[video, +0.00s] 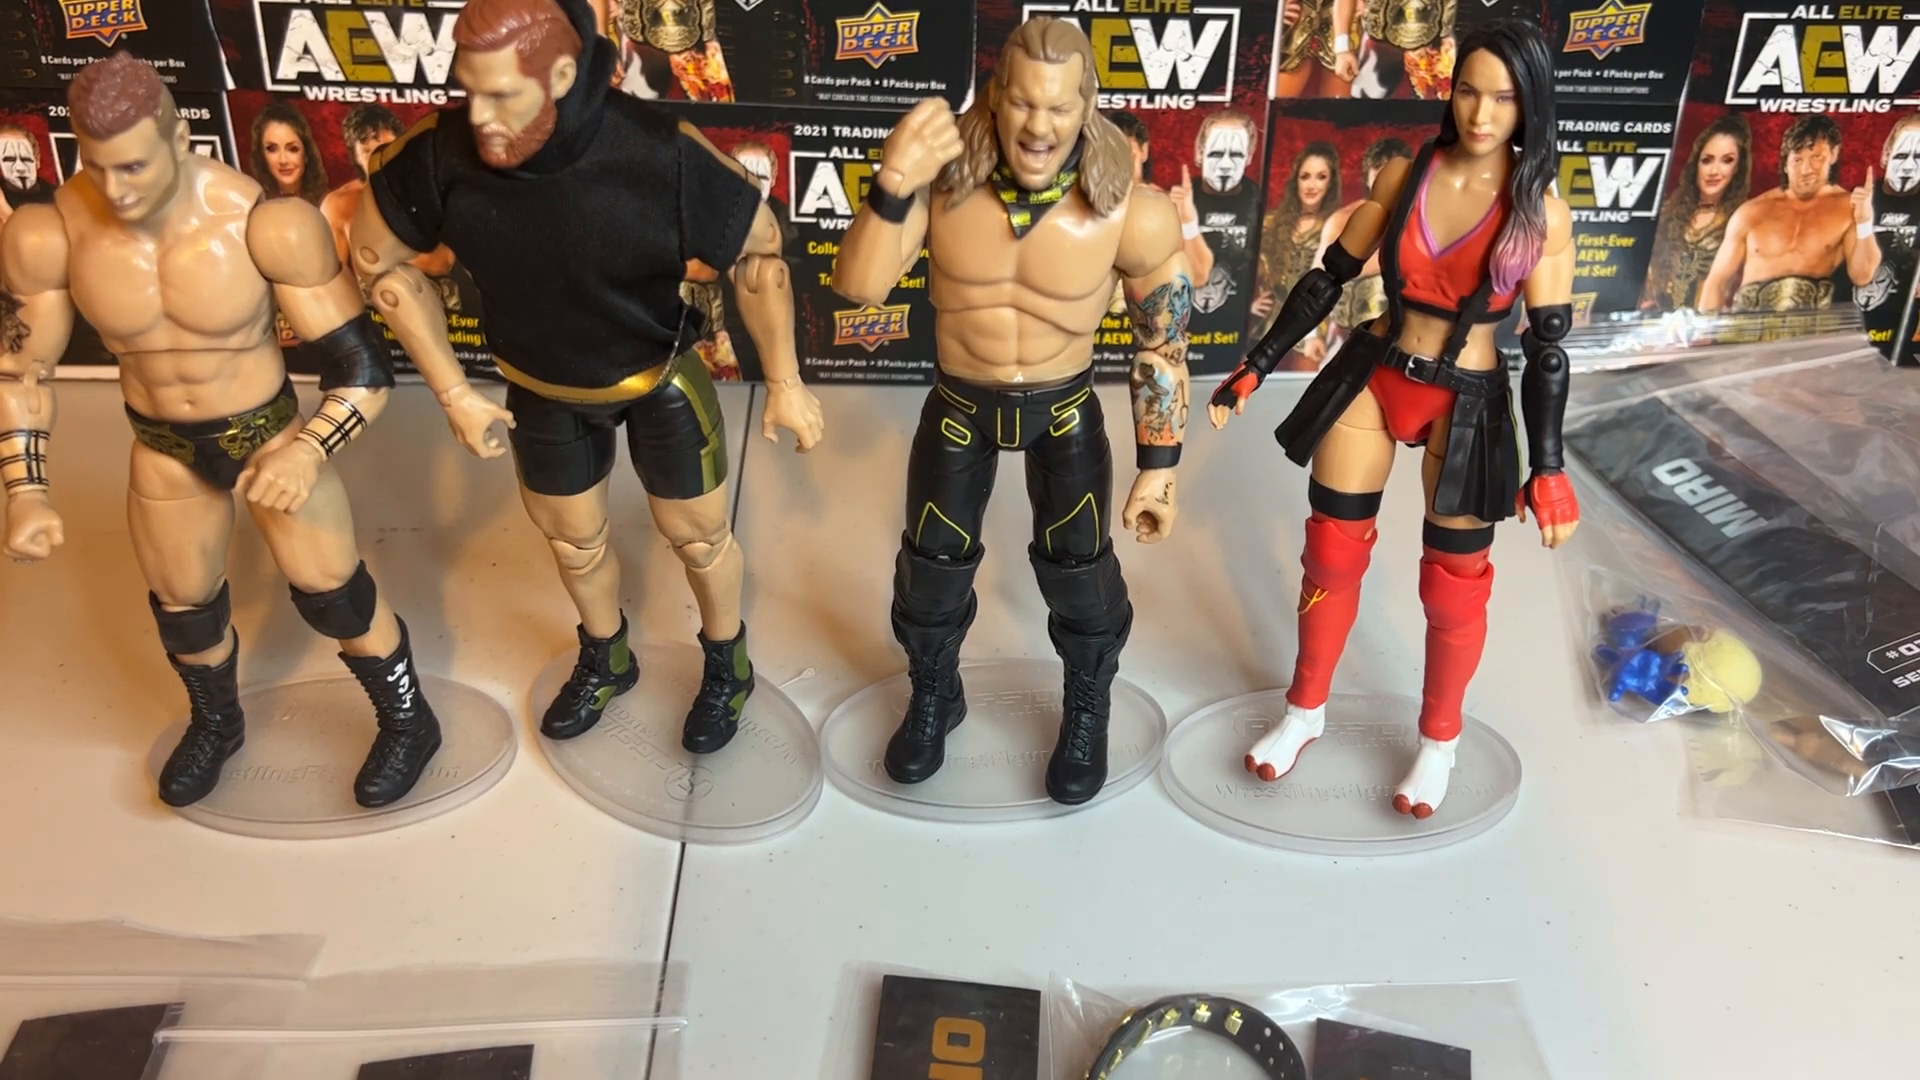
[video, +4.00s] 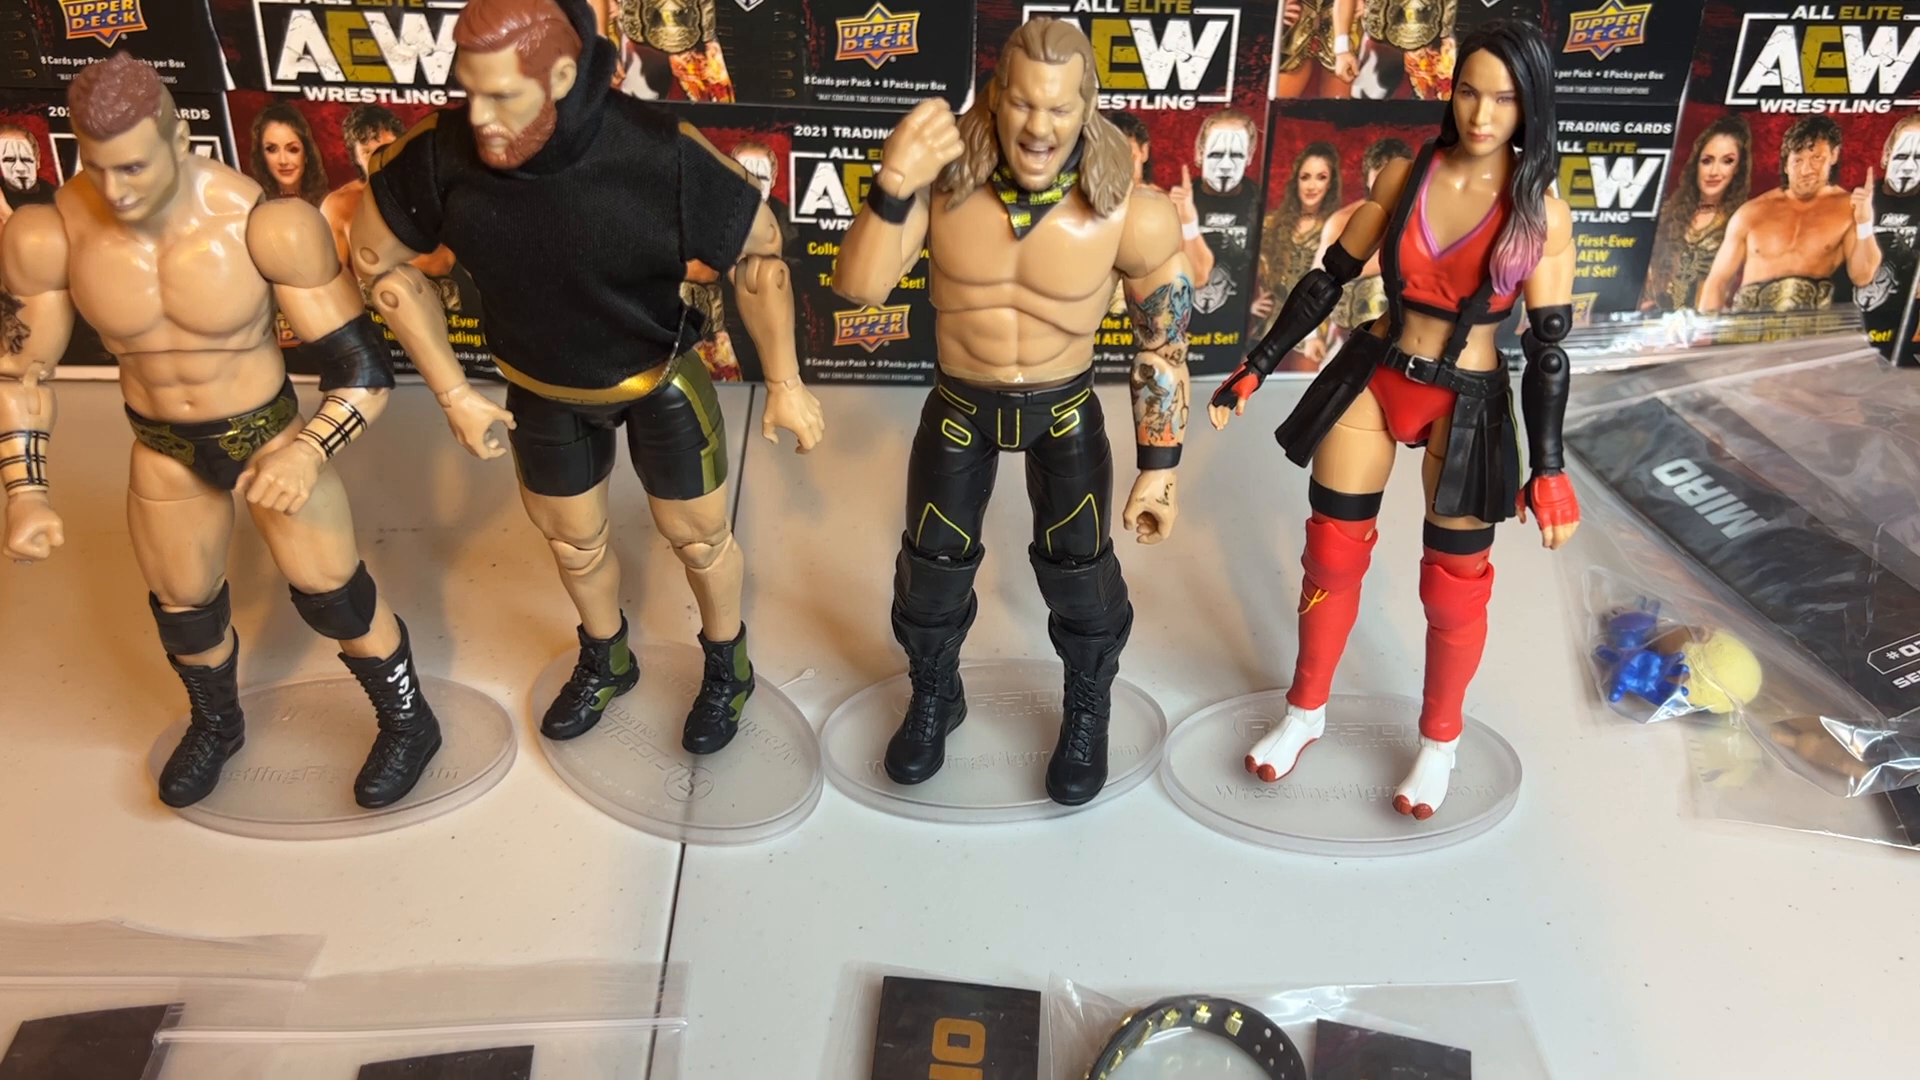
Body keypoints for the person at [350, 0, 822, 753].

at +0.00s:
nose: (480, 118)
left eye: (502, 96)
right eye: (468, 95)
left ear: (564, 75)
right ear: (456, 80)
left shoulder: (653, 154)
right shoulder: (443, 158)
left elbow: (757, 245)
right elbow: (372, 251)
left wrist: (784, 381)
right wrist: (453, 392)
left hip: (661, 380)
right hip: (542, 393)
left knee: (700, 541)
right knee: (575, 546)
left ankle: (726, 666)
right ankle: (607, 660)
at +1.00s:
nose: (481, 118)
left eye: (502, 96)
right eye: (468, 95)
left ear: (563, 76)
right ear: (457, 82)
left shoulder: (653, 154)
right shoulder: (443, 158)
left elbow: (757, 245)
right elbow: (372, 251)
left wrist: (784, 381)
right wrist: (453, 392)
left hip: (660, 380)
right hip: (541, 393)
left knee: (700, 540)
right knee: (575, 547)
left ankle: (726, 665)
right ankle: (607, 659)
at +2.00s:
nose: (481, 119)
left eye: (503, 96)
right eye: (468, 95)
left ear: (564, 76)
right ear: (456, 81)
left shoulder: (653, 155)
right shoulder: (443, 159)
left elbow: (757, 246)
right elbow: (372, 250)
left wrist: (784, 381)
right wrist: (453, 392)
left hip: (661, 382)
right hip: (543, 395)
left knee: (700, 540)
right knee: (575, 546)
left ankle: (726, 665)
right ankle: (607, 660)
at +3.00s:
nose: (481, 119)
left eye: (502, 96)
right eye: (468, 95)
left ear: (564, 76)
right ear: (456, 81)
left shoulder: (653, 155)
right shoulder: (442, 159)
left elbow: (757, 245)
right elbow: (372, 252)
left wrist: (784, 381)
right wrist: (453, 392)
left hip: (661, 382)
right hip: (542, 394)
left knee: (700, 540)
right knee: (575, 546)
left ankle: (726, 667)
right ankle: (607, 660)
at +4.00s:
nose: (481, 119)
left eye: (503, 96)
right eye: (468, 95)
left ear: (563, 76)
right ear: (457, 81)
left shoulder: (653, 155)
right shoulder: (442, 160)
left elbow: (757, 245)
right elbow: (372, 251)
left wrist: (784, 381)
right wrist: (452, 392)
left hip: (661, 382)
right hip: (542, 394)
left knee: (700, 540)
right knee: (575, 546)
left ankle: (726, 665)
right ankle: (607, 660)